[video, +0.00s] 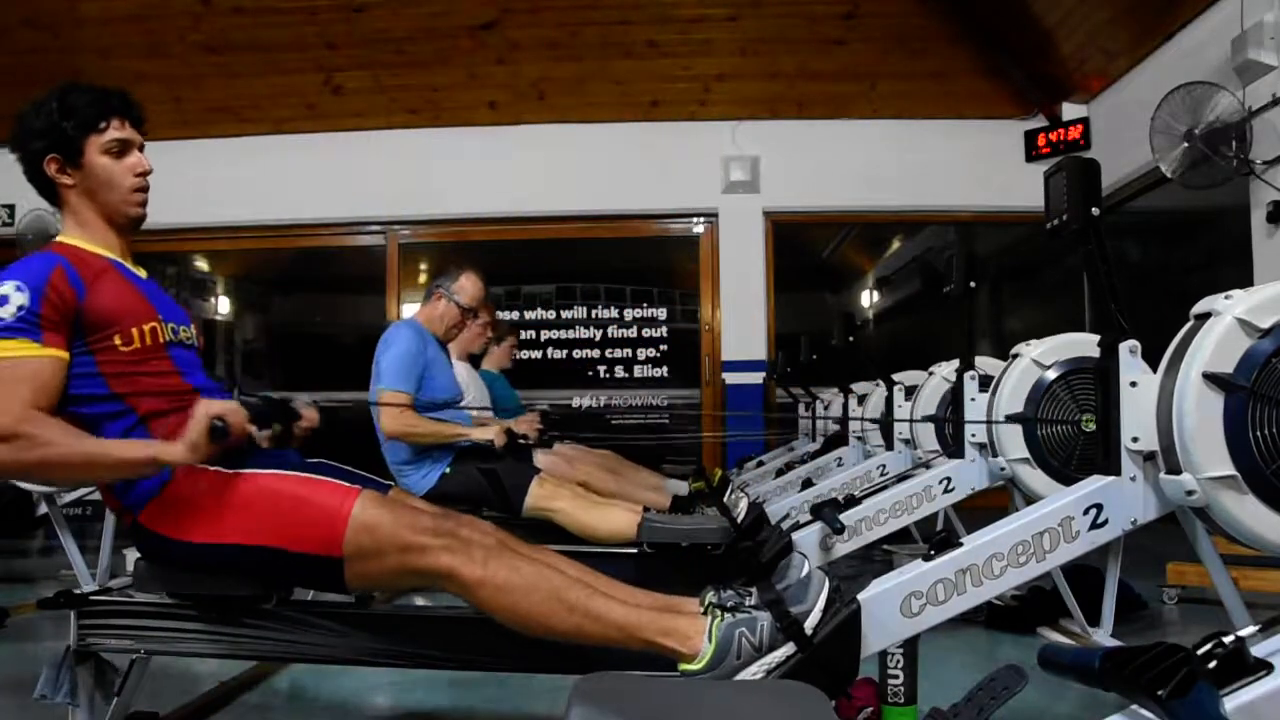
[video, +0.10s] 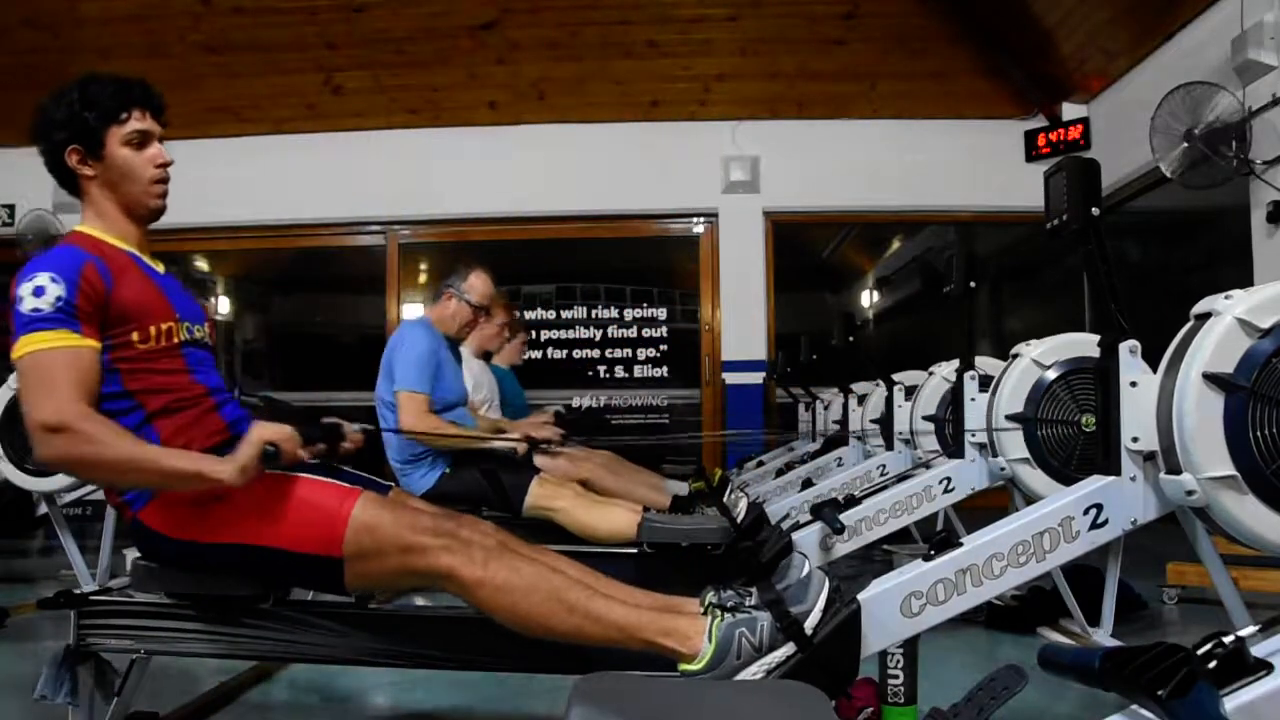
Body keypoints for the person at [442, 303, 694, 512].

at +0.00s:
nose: (485, 336)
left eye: (487, 330)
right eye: (482, 328)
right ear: (463, 324)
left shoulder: (468, 370)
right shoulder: (449, 368)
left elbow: (480, 415)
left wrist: (512, 424)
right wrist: (507, 426)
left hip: (502, 436)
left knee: (586, 456)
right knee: (574, 465)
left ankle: (684, 492)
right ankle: (678, 504)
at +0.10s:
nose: (506, 337)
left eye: (508, 329)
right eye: (503, 328)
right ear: (480, 324)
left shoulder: (480, 365)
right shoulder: (468, 366)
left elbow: (482, 416)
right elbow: (472, 418)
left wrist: (521, 424)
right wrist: (518, 427)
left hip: (505, 439)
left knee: (596, 458)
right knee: (588, 464)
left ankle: (684, 492)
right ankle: (679, 503)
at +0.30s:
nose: (508, 318)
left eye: (511, 310)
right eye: (504, 307)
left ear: (477, 301)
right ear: (475, 299)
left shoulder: (466, 341)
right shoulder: (446, 337)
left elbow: (496, 409)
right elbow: (467, 425)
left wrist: (553, 442)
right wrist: (543, 453)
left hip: (455, 458)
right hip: (430, 471)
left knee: (576, 479)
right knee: (565, 485)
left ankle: (680, 526)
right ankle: (675, 535)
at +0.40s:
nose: (526, 315)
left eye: (528, 306)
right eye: (521, 305)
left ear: (491, 302)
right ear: (491, 301)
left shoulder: (480, 341)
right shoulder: (462, 339)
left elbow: (520, 407)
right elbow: (500, 424)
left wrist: (581, 444)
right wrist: (575, 455)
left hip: (468, 458)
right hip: (443, 468)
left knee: (579, 469)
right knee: (570, 477)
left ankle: (672, 520)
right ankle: (665, 531)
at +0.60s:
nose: (560, 309)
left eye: (560, 301)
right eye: (555, 300)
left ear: (528, 304)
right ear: (528, 303)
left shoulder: (511, 339)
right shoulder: (506, 341)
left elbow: (569, 401)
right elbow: (562, 412)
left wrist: (639, 444)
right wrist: (637, 448)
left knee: (602, 433)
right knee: (593, 443)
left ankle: (671, 498)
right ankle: (657, 514)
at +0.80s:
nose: (604, 306)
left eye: (603, 298)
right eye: (598, 298)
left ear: (574, 304)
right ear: (573, 304)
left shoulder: (557, 338)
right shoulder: (553, 341)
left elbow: (627, 404)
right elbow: (627, 409)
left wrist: (696, 440)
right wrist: (697, 444)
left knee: (638, 423)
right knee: (628, 424)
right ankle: (674, 518)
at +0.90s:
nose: (629, 306)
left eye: (627, 298)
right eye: (621, 298)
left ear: (595, 305)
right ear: (596, 305)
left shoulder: (577, 340)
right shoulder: (580, 344)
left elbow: (651, 408)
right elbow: (654, 409)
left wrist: (722, 446)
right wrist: (729, 445)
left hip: (541, 446)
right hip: (535, 452)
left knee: (649, 414)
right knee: (645, 415)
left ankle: (678, 506)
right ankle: (676, 514)